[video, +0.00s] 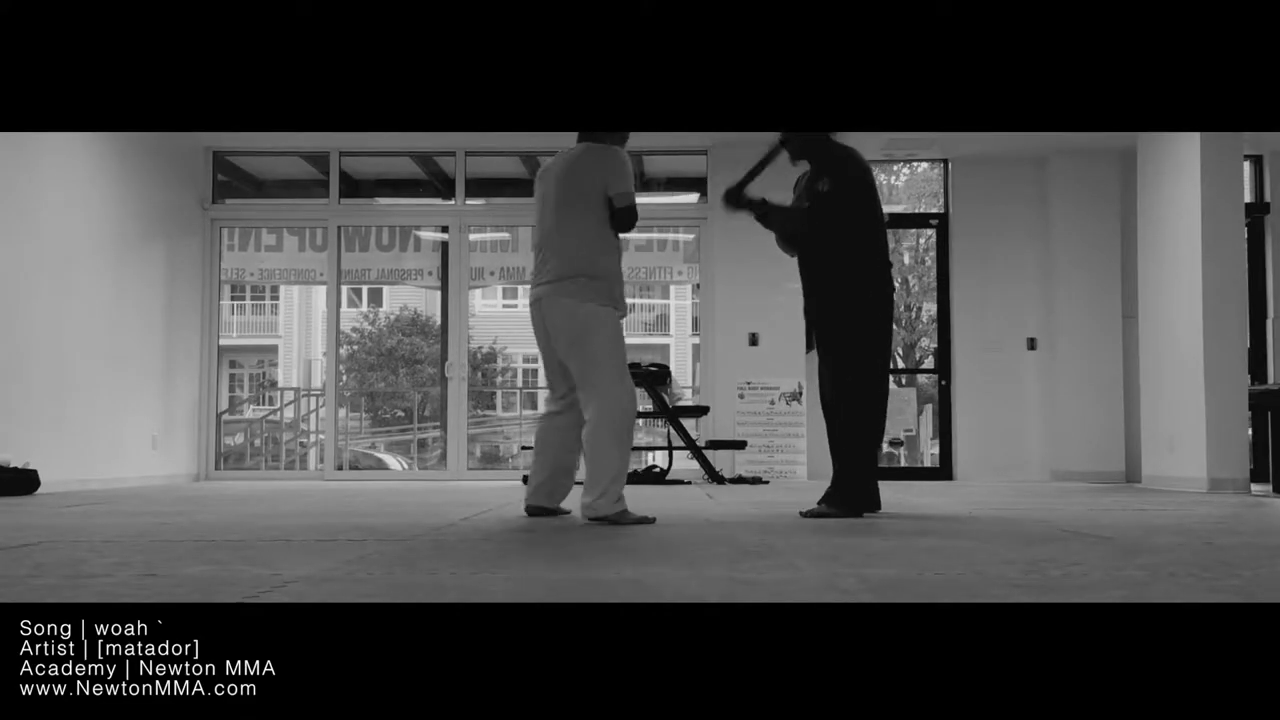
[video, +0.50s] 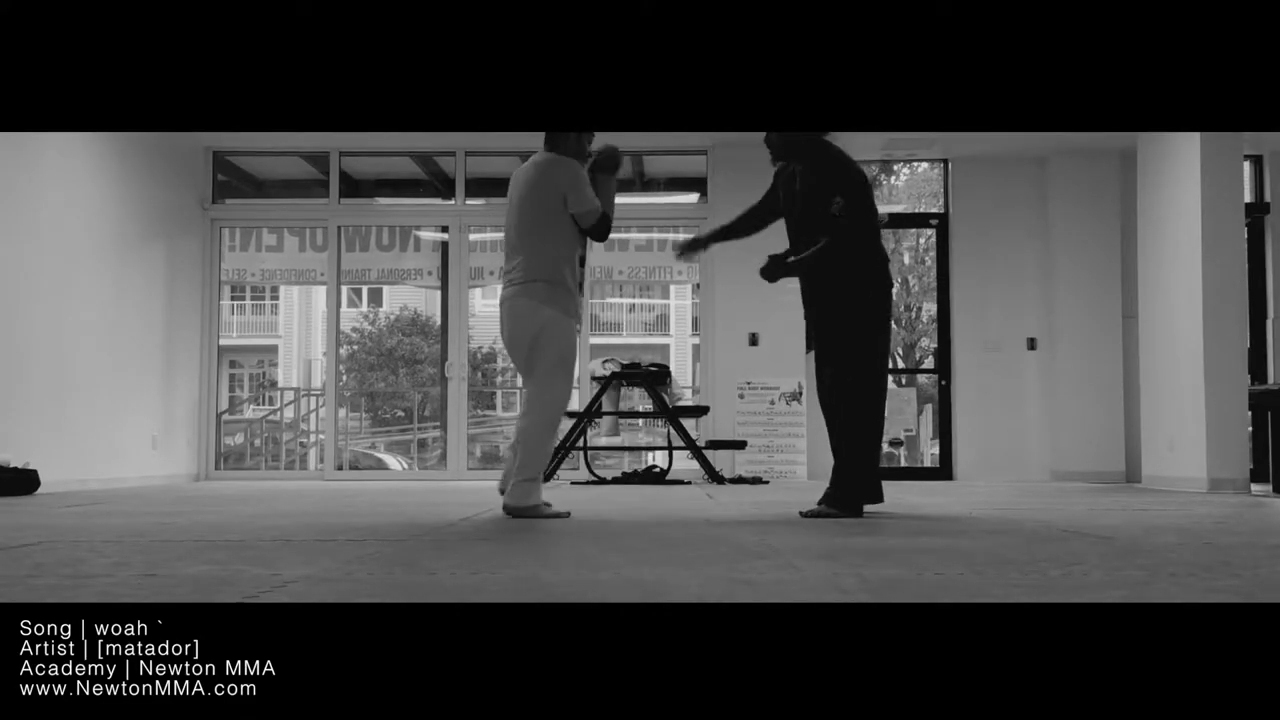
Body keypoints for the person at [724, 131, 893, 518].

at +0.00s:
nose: (785, 148)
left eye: (788, 139)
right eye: (784, 141)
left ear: (806, 135)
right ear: (807, 140)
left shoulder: (841, 166)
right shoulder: (809, 178)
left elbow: (813, 227)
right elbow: (798, 242)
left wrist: (756, 205)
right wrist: (772, 216)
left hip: (857, 308)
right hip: (833, 309)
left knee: (852, 397)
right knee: (839, 398)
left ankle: (852, 495)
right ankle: (851, 493)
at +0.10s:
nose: (781, 142)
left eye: (784, 135)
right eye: (780, 137)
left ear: (803, 134)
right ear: (807, 136)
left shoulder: (834, 167)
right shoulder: (813, 170)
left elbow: (805, 233)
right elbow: (819, 234)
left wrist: (733, 227)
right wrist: (780, 221)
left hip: (858, 305)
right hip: (838, 303)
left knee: (853, 395)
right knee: (845, 395)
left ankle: (852, 496)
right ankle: (858, 491)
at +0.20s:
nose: (777, 143)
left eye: (779, 136)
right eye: (776, 137)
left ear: (797, 135)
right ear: (807, 135)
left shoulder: (825, 167)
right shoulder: (817, 167)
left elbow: (804, 236)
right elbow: (821, 233)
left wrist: (736, 236)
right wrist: (779, 223)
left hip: (856, 301)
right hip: (844, 298)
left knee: (849, 393)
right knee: (849, 392)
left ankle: (848, 495)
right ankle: (864, 488)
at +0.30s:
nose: (773, 143)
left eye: (778, 136)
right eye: (774, 137)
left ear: (798, 135)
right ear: (794, 137)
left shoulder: (829, 166)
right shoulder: (800, 171)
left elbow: (815, 240)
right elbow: (798, 230)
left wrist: (750, 246)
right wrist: (769, 231)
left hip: (860, 301)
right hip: (837, 301)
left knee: (852, 394)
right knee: (844, 394)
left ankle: (848, 496)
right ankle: (859, 489)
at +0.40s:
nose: (772, 148)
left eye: (776, 141)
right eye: (771, 143)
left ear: (797, 138)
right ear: (791, 142)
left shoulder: (835, 169)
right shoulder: (795, 172)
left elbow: (834, 245)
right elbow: (772, 223)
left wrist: (774, 261)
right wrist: (734, 246)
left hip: (861, 296)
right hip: (832, 297)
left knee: (855, 391)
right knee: (838, 390)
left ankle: (848, 495)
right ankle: (862, 487)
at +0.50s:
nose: (767, 145)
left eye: (772, 138)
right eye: (767, 139)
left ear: (794, 137)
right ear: (787, 141)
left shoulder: (836, 169)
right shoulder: (790, 173)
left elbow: (841, 243)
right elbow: (759, 215)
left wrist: (790, 265)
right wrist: (708, 238)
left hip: (858, 298)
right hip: (827, 299)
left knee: (852, 391)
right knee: (835, 392)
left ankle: (847, 496)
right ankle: (859, 487)